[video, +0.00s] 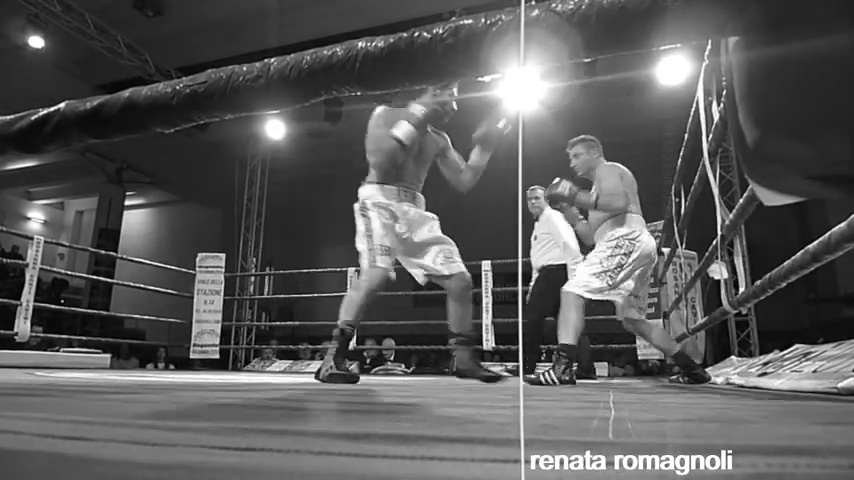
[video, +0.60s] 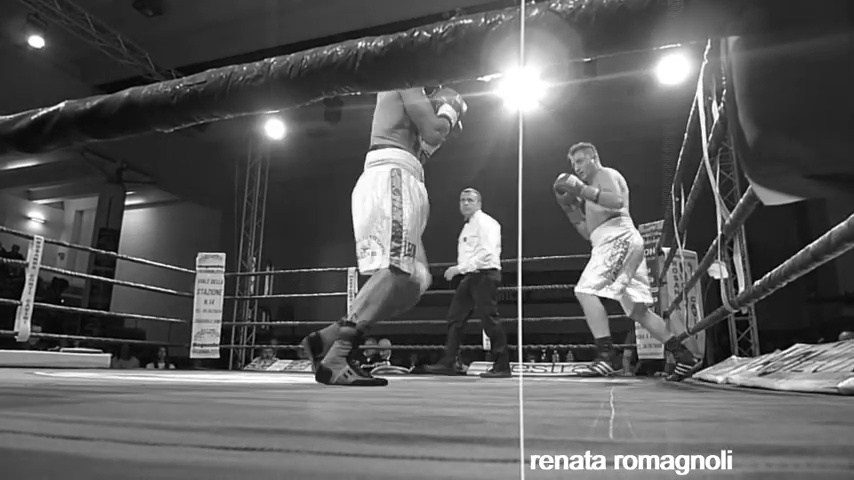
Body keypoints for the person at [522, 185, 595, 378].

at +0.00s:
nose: (533, 203)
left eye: (537, 198)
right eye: (530, 199)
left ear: (546, 200)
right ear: (527, 203)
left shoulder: (553, 216)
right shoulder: (539, 224)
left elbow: (569, 241)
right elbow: (538, 260)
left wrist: (576, 271)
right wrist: (533, 284)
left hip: (555, 271)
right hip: (546, 272)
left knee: (532, 317)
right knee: (568, 318)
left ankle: (528, 365)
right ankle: (586, 366)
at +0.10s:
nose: (520, 205)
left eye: (524, 201)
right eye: (517, 202)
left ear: (534, 203)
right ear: (514, 206)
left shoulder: (543, 221)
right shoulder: (524, 227)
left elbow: (554, 251)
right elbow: (524, 262)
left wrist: (557, 283)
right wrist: (516, 288)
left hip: (541, 275)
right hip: (531, 276)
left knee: (519, 324)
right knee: (560, 322)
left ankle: (503, 369)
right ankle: (584, 364)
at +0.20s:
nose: (509, 207)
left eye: (513, 203)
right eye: (506, 203)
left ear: (523, 205)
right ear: (503, 206)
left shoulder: (529, 222)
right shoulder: (516, 227)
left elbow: (539, 254)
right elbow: (515, 262)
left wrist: (540, 288)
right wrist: (506, 286)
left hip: (528, 275)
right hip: (521, 275)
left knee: (515, 324)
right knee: (549, 320)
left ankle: (503, 370)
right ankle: (579, 362)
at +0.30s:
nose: (498, 205)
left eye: (503, 202)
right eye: (495, 202)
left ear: (512, 204)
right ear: (493, 206)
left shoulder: (518, 221)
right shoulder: (507, 224)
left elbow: (523, 253)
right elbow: (508, 257)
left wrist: (520, 285)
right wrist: (500, 281)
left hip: (521, 273)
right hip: (511, 273)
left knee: (509, 322)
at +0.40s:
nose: (486, 203)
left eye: (490, 200)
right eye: (483, 200)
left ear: (500, 202)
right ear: (481, 204)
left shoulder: (506, 220)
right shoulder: (493, 222)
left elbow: (505, 252)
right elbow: (494, 252)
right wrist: (486, 277)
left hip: (508, 270)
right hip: (498, 270)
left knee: (498, 314)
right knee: (497, 315)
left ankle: (503, 362)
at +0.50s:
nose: (477, 203)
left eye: (482, 200)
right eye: (475, 200)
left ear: (491, 202)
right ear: (473, 203)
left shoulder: (500, 221)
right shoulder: (484, 223)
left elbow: (498, 253)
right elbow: (486, 253)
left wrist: (473, 272)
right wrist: (475, 272)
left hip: (499, 272)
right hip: (485, 273)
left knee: (496, 316)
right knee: (474, 314)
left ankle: (503, 364)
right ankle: (495, 352)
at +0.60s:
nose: (465, 204)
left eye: (470, 200)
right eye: (463, 200)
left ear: (479, 203)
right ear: (459, 204)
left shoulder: (488, 224)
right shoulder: (468, 226)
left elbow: (486, 254)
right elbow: (470, 255)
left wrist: (458, 268)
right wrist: (459, 269)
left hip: (486, 274)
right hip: (470, 275)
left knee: (489, 318)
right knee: (456, 319)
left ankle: (502, 365)